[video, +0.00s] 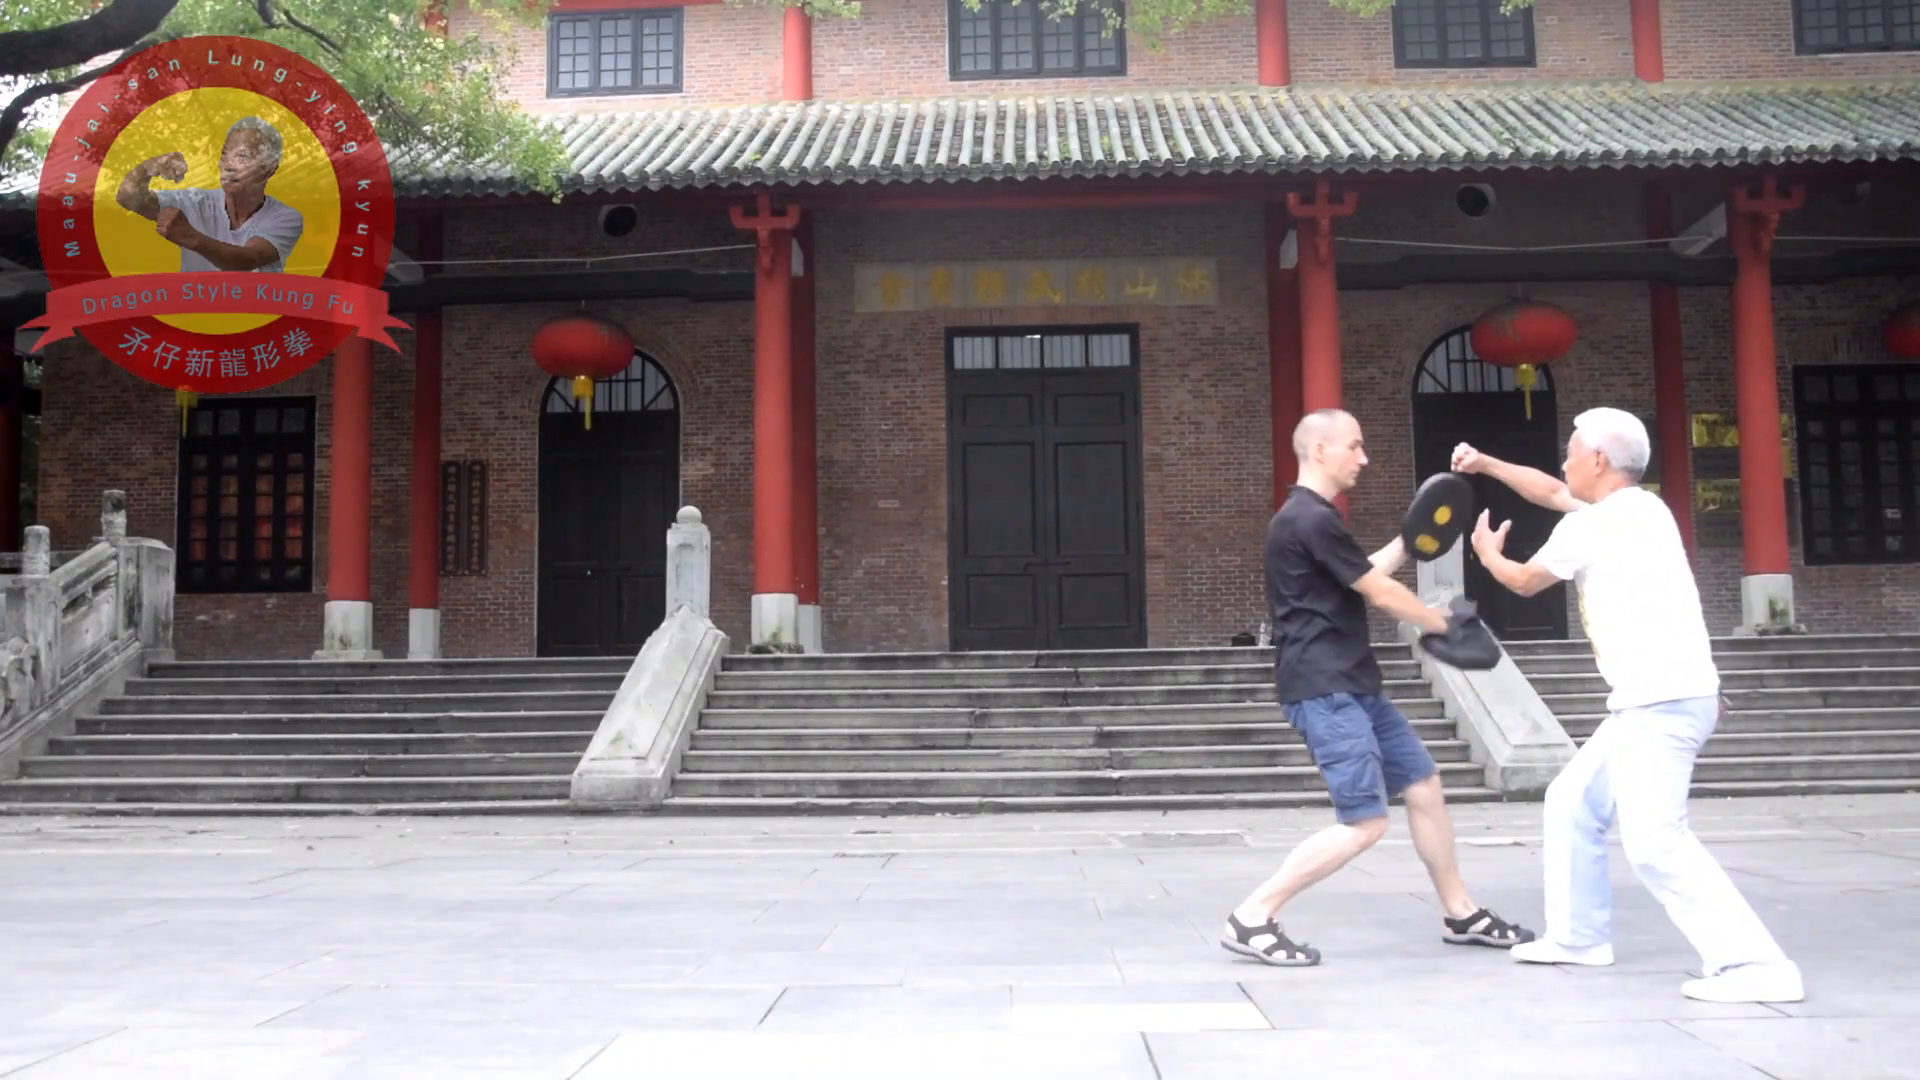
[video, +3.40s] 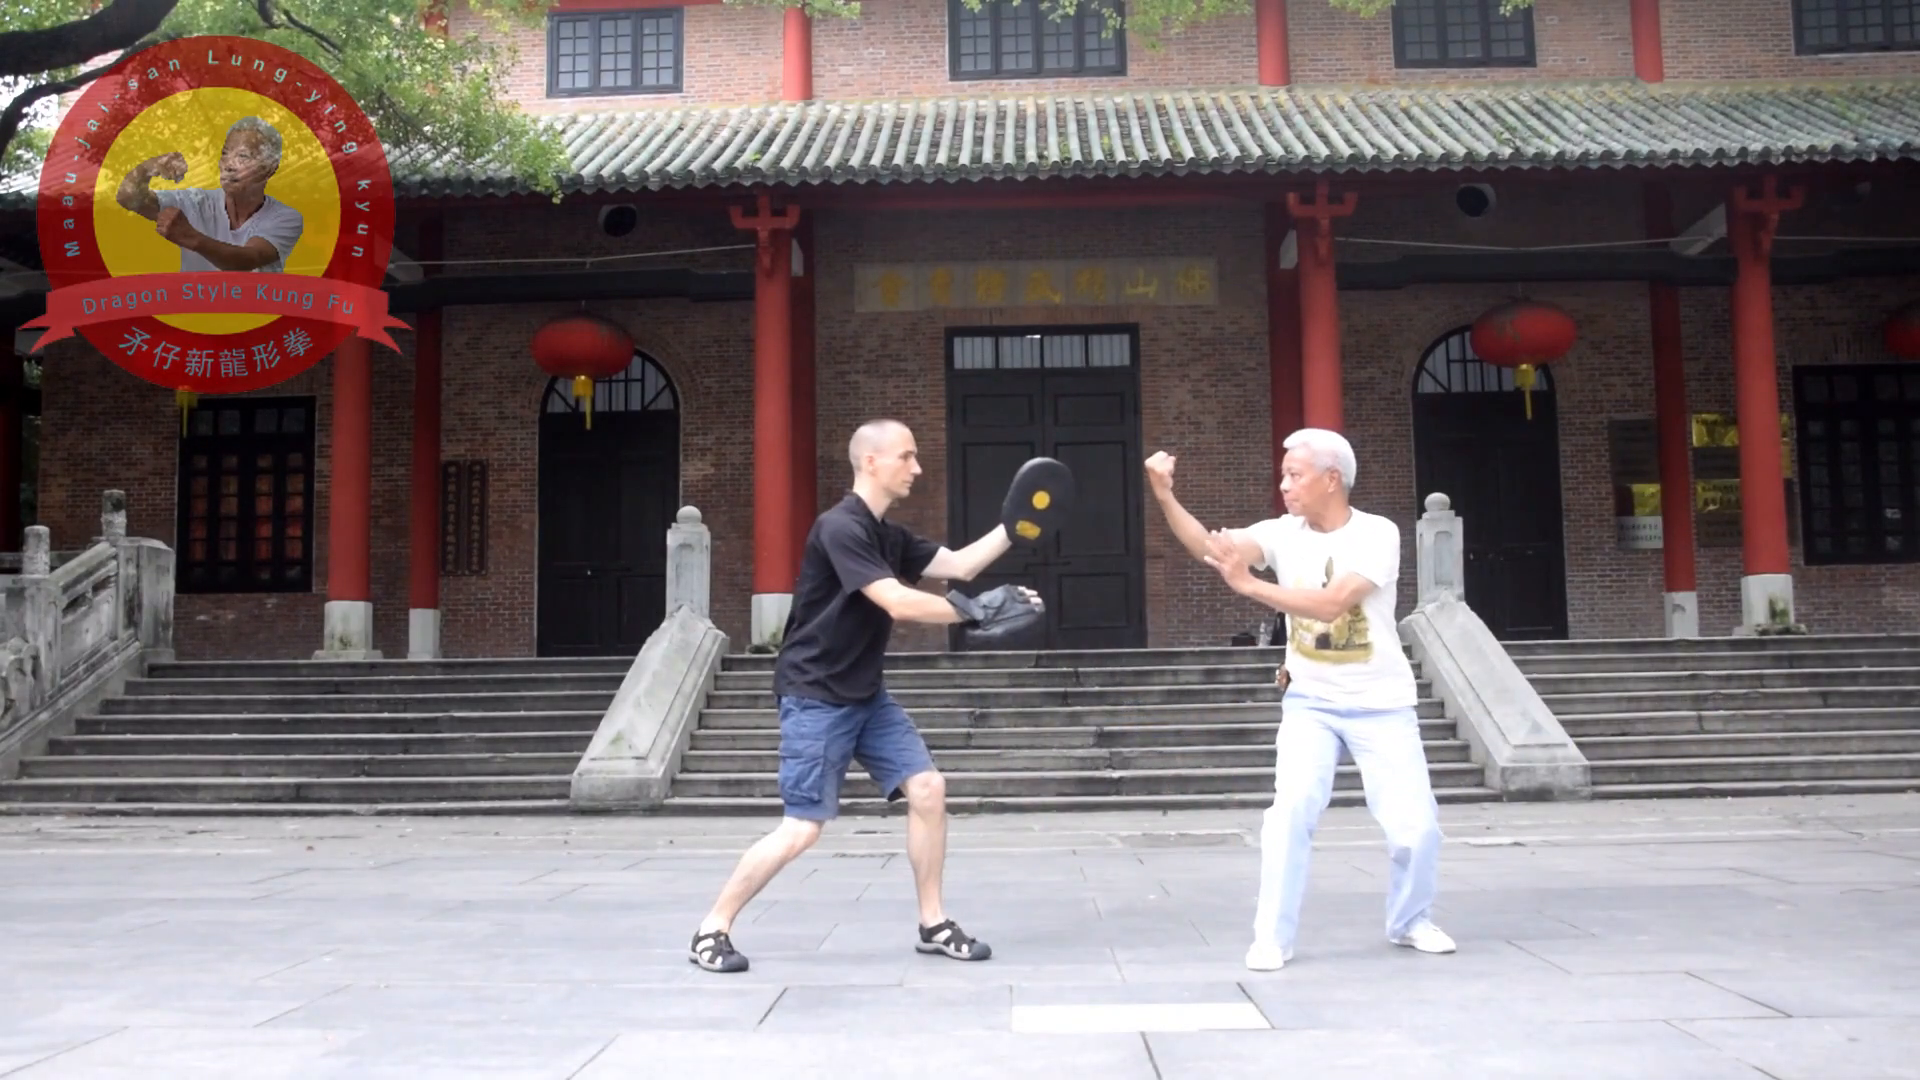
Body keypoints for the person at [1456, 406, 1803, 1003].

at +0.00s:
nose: (1566, 458)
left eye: (1573, 448)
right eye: (1570, 447)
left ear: (1599, 459)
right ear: (1617, 462)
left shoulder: (1591, 522)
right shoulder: (1646, 508)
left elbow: (1524, 581)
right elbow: (1556, 492)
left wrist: (1486, 552)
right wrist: (1487, 464)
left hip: (1657, 702)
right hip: (1670, 697)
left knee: (1654, 840)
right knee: (1569, 802)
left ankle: (1757, 966)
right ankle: (1578, 938)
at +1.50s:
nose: (1491, 480)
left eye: (1497, 467)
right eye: (1492, 467)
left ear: (1532, 468)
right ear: (1545, 471)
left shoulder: (1523, 524)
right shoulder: (1591, 518)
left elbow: (1451, 591)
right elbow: (1496, 526)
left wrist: (1404, 576)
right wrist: (1429, 505)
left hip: (1595, 709)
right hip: (1609, 703)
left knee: (1620, 853)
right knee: (1495, 791)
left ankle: (1735, 960)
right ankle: (1538, 924)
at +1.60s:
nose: (1467, 481)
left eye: (1472, 469)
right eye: (1468, 470)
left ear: (1506, 474)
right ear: (1526, 476)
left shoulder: (1492, 527)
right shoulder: (1578, 521)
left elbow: (1405, 582)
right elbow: (1515, 510)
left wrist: (1377, 560)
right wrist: (1452, 506)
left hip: (1554, 726)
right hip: (1574, 717)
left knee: (1603, 852)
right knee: (1442, 784)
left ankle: (1728, 953)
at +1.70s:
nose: (1426, 485)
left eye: (1433, 474)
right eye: (1429, 472)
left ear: (1467, 482)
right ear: (1485, 481)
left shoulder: (1441, 534)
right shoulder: (1531, 531)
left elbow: (1342, 553)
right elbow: (1551, 501)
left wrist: (1276, 536)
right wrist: (1508, 470)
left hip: (1503, 735)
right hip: (1493, 732)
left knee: (1581, 850)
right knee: (1389, 811)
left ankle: (1720, 942)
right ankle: (1318, 924)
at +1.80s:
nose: (1389, 483)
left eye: (1399, 475)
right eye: (1394, 473)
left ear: (1431, 490)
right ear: (1440, 488)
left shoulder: (1430, 550)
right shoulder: (1456, 537)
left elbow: (1334, 592)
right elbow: (1438, 491)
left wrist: (1245, 595)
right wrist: (1479, 469)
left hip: (1457, 738)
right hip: (1423, 735)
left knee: (1531, 841)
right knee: (1321, 803)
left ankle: (1678, 928)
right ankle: (1302, 937)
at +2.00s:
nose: (1333, 483)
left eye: (1345, 473)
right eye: (1336, 472)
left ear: (1384, 484)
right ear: (1361, 482)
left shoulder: (1413, 544)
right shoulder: (1331, 526)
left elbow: (1331, 590)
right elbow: (1260, 492)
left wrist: (1236, 608)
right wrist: (1217, 435)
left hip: (1418, 724)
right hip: (1351, 717)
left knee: (1449, 850)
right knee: (1278, 808)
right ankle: (1298, 941)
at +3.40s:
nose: (1283, 486)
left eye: (1293, 476)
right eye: (1283, 475)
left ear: (1331, 479)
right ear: (1308, 481)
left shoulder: (1378, 534)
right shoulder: (1284, 531)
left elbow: (1331, 604)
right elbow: (1215, 548)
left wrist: (1248, 585)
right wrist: (1165, 496)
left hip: (1383, 705)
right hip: (1310, 703)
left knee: (1417, 828)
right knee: (1292, 810)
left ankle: (1411, 920)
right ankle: (1271, 940)